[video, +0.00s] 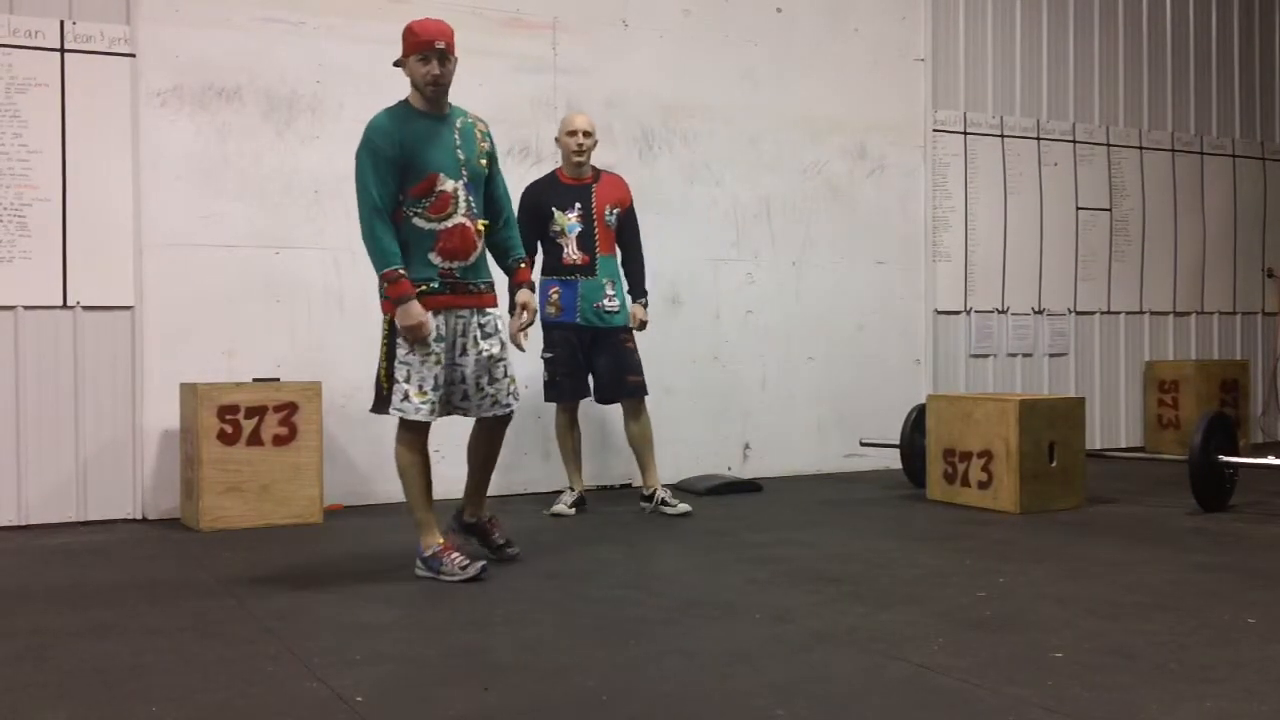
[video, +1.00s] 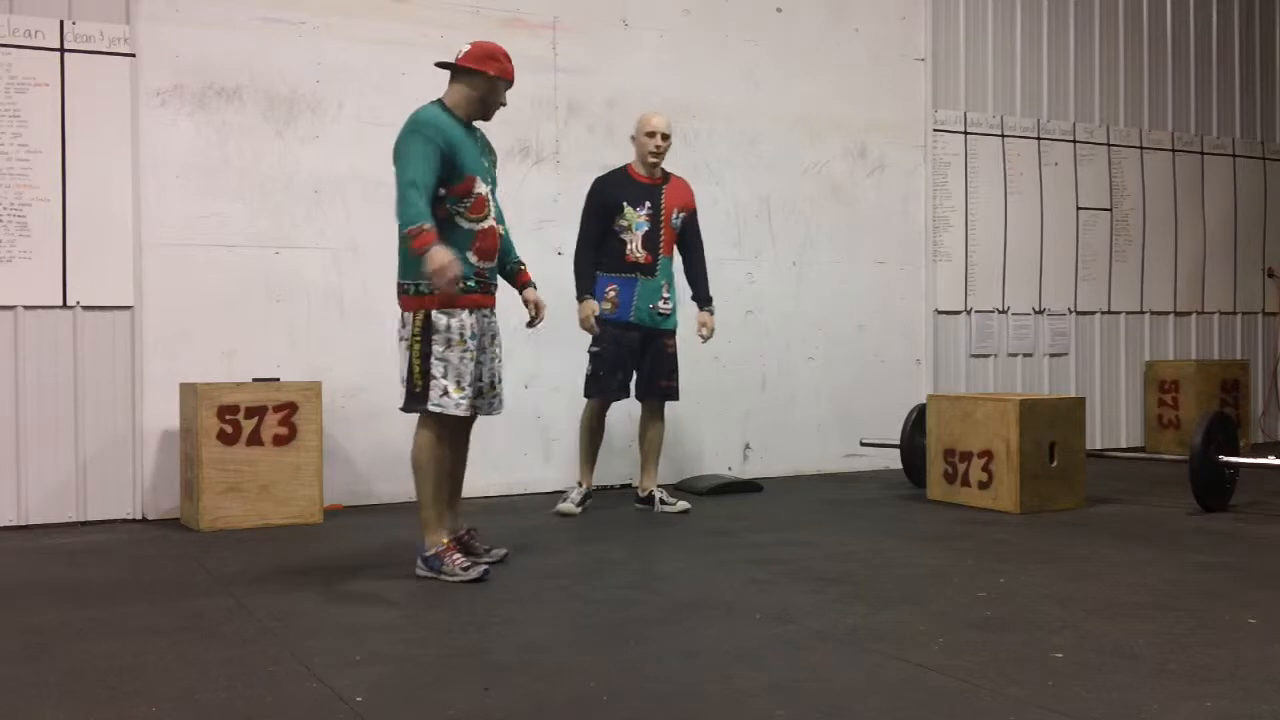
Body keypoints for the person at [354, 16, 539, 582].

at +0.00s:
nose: (437, 66)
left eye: (444, 56)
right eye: (425, 57)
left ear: (455, 62)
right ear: (405, 65)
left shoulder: (475, 130)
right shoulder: (384, 132)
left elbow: (499, 214)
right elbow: (374, 219)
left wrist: (522, 281)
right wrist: (401, 296)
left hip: (477, 300)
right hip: (418, 301)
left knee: (497, 405)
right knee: (414, 419)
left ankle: (473, 512)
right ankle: (430, 544)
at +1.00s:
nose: (503, 101)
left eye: (506, 92)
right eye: (501, 89)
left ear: (479, 83)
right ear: (474, 80)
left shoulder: (480, 144)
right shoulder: (426, 128)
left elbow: (490, 220)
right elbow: (411, 199)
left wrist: (524, 282)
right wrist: (431, 249)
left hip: (476, 300)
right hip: (438, 299)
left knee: (461, 415)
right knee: (437, 416)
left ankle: (451, 532)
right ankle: (433, 547)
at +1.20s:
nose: (506, 109)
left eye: (509, 99)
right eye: (505, 97)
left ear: (480, 86)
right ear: (483, 86)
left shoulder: (473, 143)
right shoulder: (436, 130)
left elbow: (477, 229)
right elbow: (448, 200)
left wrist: (523, 269)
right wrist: (504, 208)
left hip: (468, 294)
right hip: (442, 295)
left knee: (458, 414)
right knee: (447, 414)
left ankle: (450, 530)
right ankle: (435, 545)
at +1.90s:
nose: (497, 108)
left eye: (500, 98)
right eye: (497, 97)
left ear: (467, 84)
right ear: (476, 87)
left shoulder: (457, 133)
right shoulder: (424, 134)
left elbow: (482, 185)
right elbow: (463, 211)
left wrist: (526, 183)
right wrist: (539, 226)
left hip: (460, 297)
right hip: (428, 300)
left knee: (449, 420)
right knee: (421, 419)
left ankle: (447, 533)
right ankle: (401, 546)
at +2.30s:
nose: (477, 101)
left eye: (480, 93)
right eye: (477, 92)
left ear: (451, 80)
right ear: (457, 81)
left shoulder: (444, 127)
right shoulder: (399, 134)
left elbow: (478, 146)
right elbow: (404, 222)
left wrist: (522, 118)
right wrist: (470, 256)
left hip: (451, 298)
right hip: (409, 302)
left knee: (455, 414)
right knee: (405, 419)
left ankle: (450, 529)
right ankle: (400, 546)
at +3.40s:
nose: (476, 97)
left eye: (485, 91)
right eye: (470, 84)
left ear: (488, 94)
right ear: (446, 76)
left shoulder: (475, 146)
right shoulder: (402, 126)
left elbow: (528, 184)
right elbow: (371, 198)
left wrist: (574, 145)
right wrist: (398, 252)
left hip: (450, 302)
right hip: (403, 298)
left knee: (434, 418)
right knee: (399, 417)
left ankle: (428, 533)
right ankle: (398, 546)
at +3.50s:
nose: (478, 97)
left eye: (488, 92)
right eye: (473, 84)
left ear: (492, 98)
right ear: (450, 78)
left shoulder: (481, 154)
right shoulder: (405, 128)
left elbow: (534, 198)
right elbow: (373, 201)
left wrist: (596, 201)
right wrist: (395, 259)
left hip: (449, 300)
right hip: (403, 294)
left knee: (432, 419)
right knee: (399, 417)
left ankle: (429, 533)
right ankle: (399, 545)